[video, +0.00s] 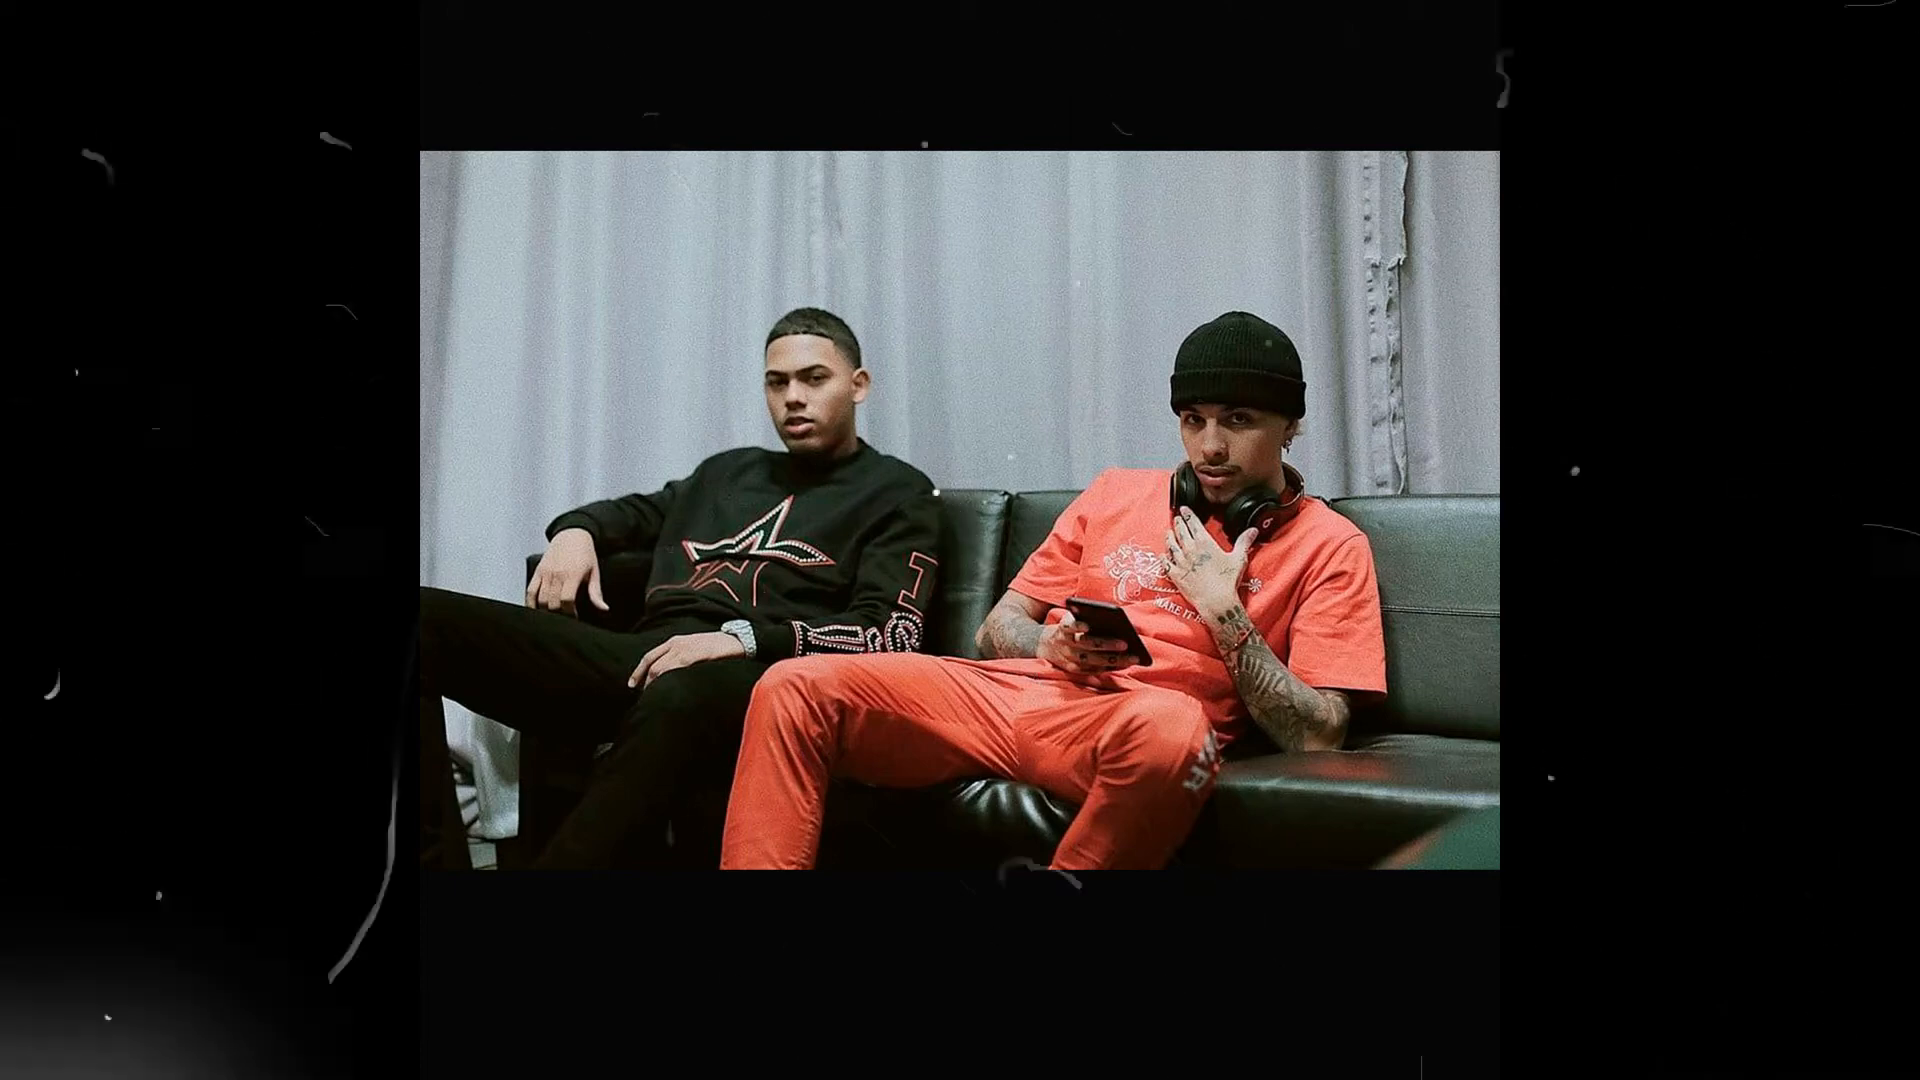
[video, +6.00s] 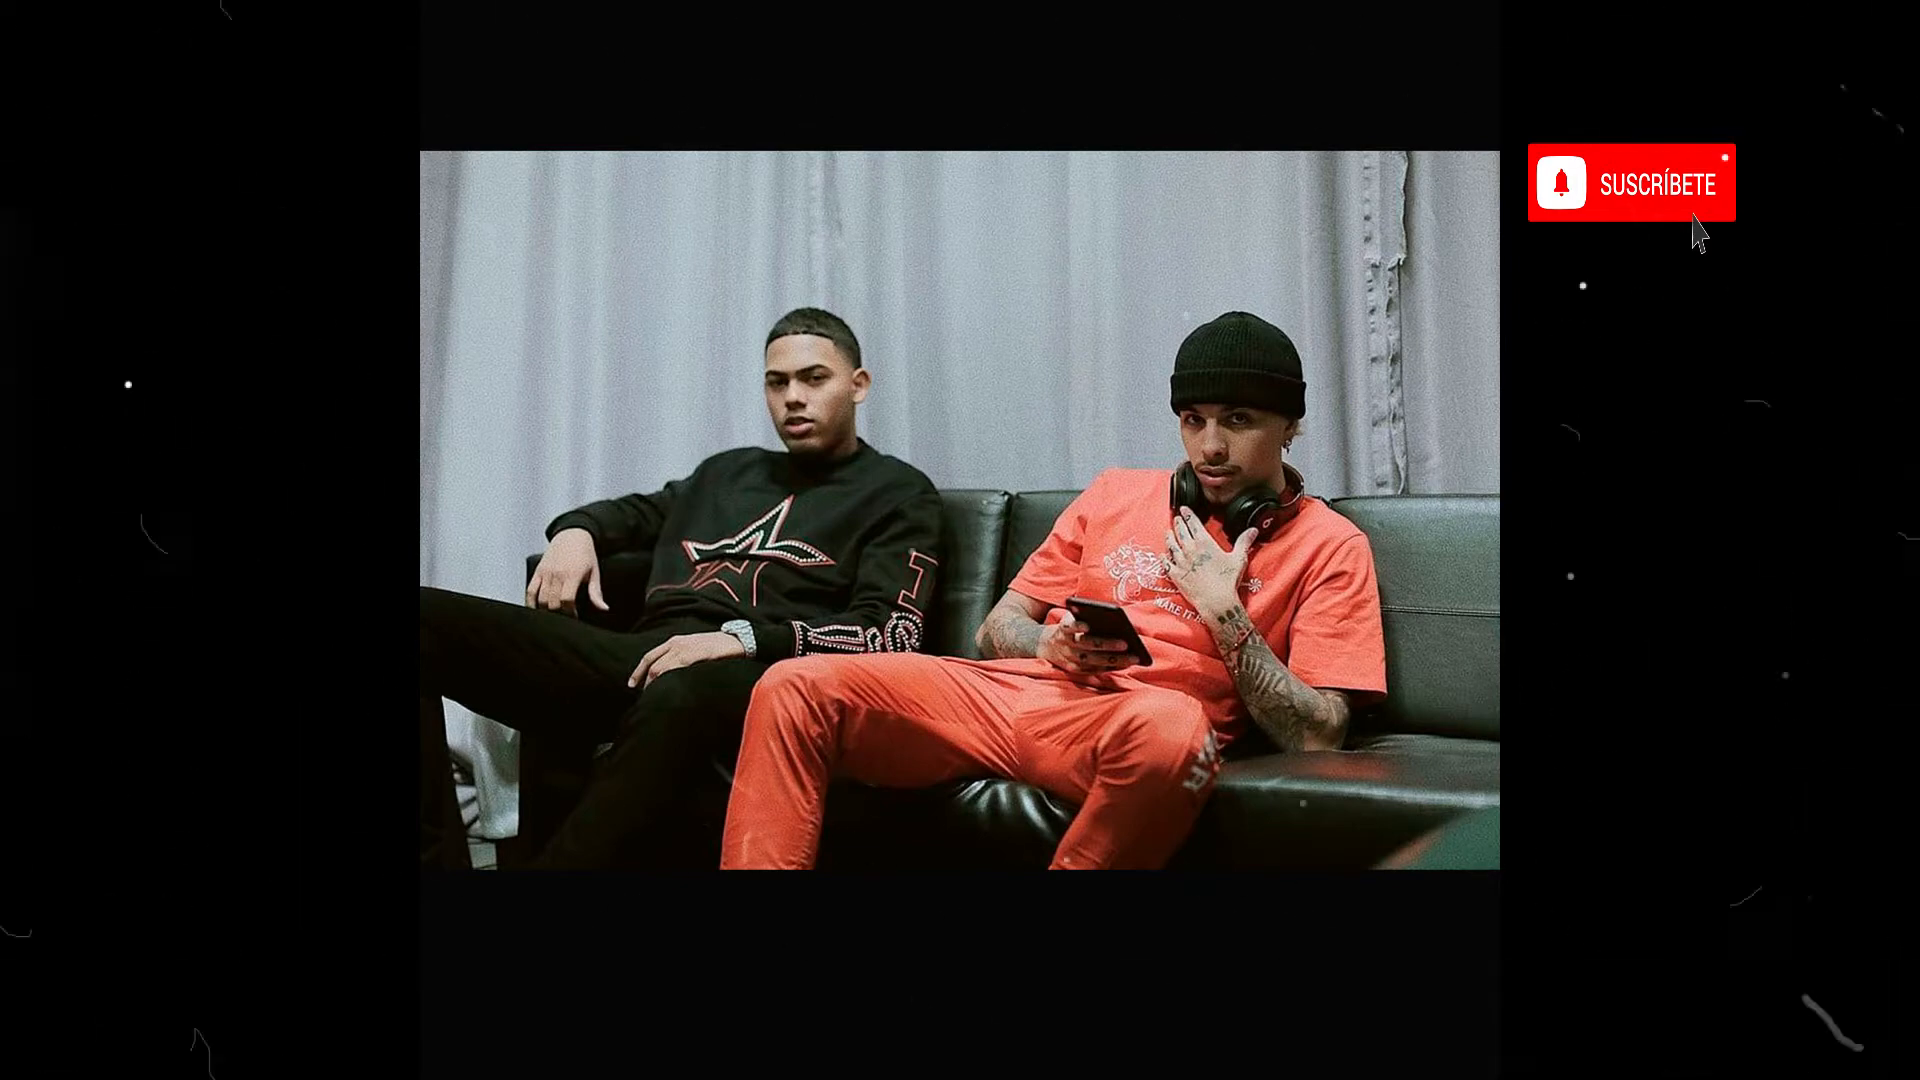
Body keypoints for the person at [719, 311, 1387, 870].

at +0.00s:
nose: (1211, 445)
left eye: (1238, 422)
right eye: (1196, 419)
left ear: (1288, 428)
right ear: (1179, 420)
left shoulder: (1328, 546)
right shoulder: (1118, 492)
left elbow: (1318, 737)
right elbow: (1000, 626)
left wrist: (1226, 614)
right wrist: (1052, 647)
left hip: (1129, 708)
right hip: (1012, 685)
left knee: (1171, 743)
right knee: (791, 694)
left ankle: (1057, 886)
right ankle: (759, 902)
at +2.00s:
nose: (1210, 445)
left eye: (1238, 422)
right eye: (1195, 419)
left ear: (1288, 428)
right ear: (1179, 421)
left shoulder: (1328, 546)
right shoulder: (1119, 492)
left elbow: (1318, 736)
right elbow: (1000, 626)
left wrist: (1226, 614)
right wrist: (1051, 647)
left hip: (1131, 708)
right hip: (1013, 685)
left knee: (1170, 747)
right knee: (792, 694)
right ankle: (763, 919)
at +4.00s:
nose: (1211, 445)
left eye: (1238, 422)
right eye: (1195, 419)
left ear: (1288, 429)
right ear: (1179, 422)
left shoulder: (1329, 546)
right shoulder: (1117, 493)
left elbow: (1318, 736)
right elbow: (999, 627)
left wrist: (1227, 615)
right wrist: (1052, 646)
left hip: (1131, 707)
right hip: (1013, 685)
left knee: (1170, 745)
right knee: (792, 694)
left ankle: (1047, 954)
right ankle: (755, 951)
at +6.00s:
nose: (1210, 445)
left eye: (1238, 421)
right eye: (1195, 419)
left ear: (1288, 429)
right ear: (1179, 422)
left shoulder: (1329, 546)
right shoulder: (1118, 493)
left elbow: (1318, 735)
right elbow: (999, 626)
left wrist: (1227, 615)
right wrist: (1051, 647)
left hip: (1131, 708)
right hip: (1013, 685)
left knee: (1171, 745)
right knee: (792, 693)